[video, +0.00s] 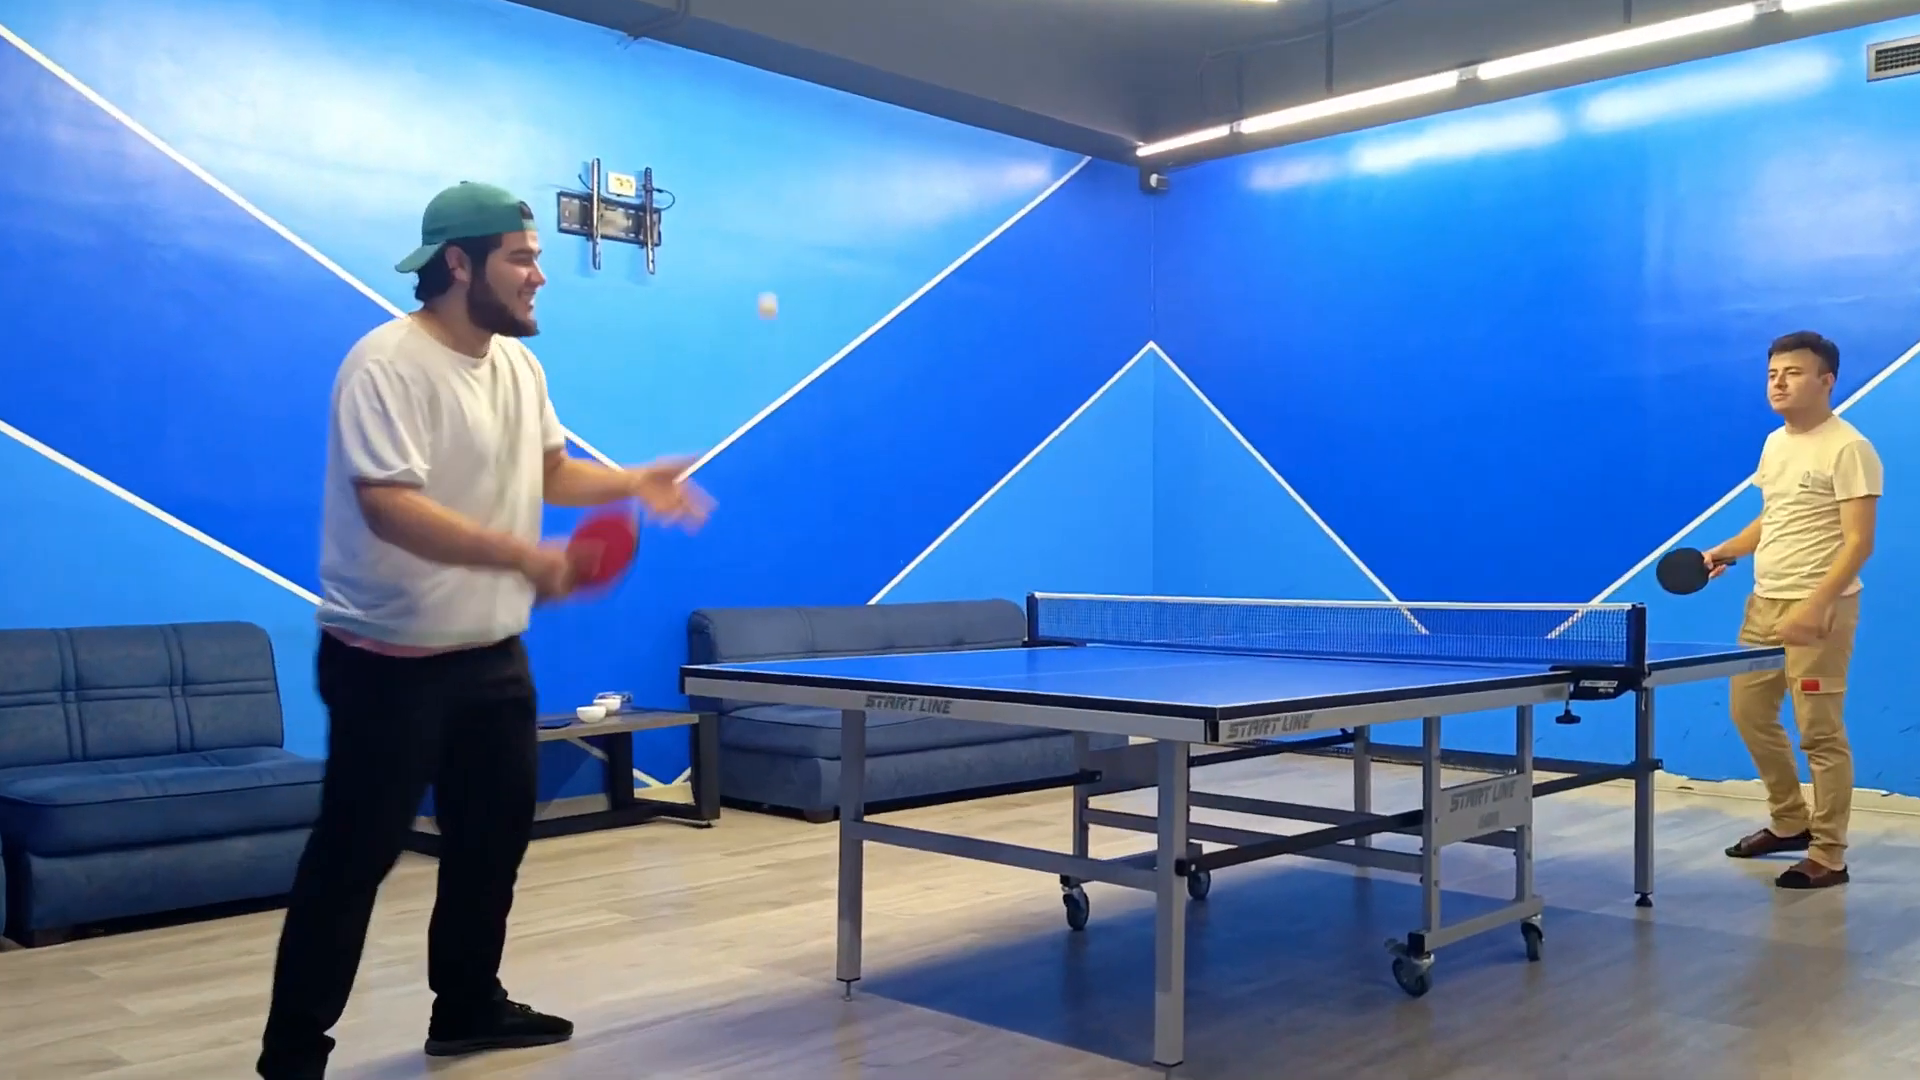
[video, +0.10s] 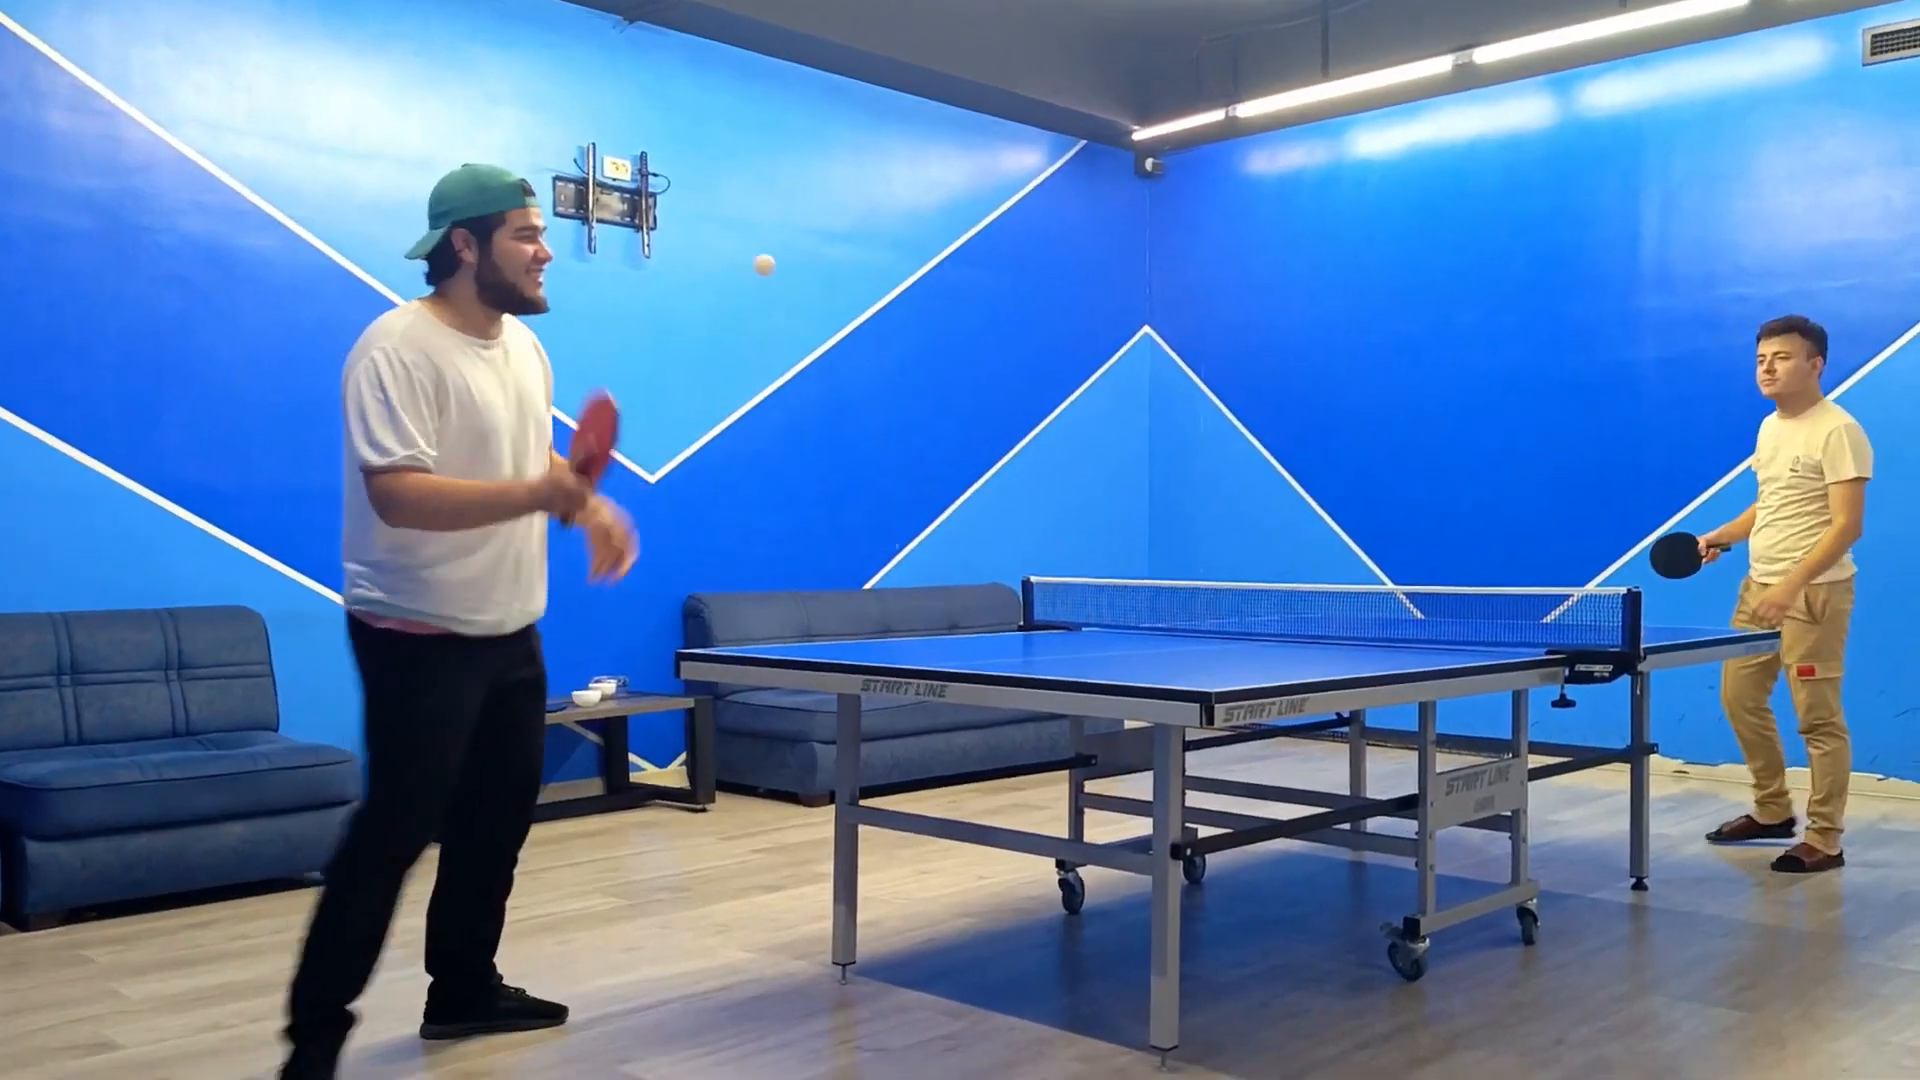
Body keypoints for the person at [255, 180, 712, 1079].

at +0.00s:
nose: (538, 275)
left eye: (537, 259)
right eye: (522, 259)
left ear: (483, 268)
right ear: (460, 265)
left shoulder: (517, 364)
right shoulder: (382, 366)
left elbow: (549, 471)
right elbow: (388, 508)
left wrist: (631, 481)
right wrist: (526, 556)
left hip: (490, 653)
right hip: (386, 661)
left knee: (493, 836)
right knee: (351, 857)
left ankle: (469, 1007)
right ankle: (293, 1051)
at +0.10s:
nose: (545, 251)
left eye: (543, 236)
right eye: (526, 236)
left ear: (510, 250)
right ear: (464, 248)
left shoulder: (526, 350)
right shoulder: (392, 350)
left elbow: (534, 461)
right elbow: (397, 495)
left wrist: (592, 509)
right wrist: (534, 498)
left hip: (507, 633)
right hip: (414, 637)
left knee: (494, 815)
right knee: (402, 820)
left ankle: (464, 991)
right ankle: (317, 1027)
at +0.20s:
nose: (560, 240)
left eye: (559, 225)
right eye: (542, 225)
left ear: (527, 239)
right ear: (480, 235)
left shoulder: (540, 334)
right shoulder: (405, 337)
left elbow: (539, 448)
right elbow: (390, 487)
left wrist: (568, 523)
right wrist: (524, 472)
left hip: (516, 604)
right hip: (426, 605)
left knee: (506, 791)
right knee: (455, 791)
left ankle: (463, 972)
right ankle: (386, 1011)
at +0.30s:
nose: (583, 248)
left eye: (583, 233)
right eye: (568, 233)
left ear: (533, 243)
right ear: (506, 238)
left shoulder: (556, 327)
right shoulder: (421, 337)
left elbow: (543, 442)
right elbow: (392, 489)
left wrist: (563, 520)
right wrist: (529, 486)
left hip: (520, 585)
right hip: (434, 587)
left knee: (508, 763)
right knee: (510, 752)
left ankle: (453, 958)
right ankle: (502, 994)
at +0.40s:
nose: (576, 280)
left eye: (576, 263)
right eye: (561, 263)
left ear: (520, 266)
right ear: (497, 264)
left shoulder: (525, 351)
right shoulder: (414, 368)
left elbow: (504, 484)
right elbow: (401, 525)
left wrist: (552, 535)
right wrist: (528, 553)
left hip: (483, 592)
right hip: (410, 596)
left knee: (491, 765)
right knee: (518, 753)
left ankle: (416, 946)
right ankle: (538, 987)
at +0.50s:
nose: (516, 310)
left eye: (516, 292)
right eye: (502, 292)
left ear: (444, 291)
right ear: (442, 291)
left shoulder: (416, 350)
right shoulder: (388, 409)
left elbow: (434, 459)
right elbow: (524, 565)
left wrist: (479, 540)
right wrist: (653, 600)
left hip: (386, 595)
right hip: (338, 608)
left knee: (443, 757)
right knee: (469, 759)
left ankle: (341, 942)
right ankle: (467, 989)